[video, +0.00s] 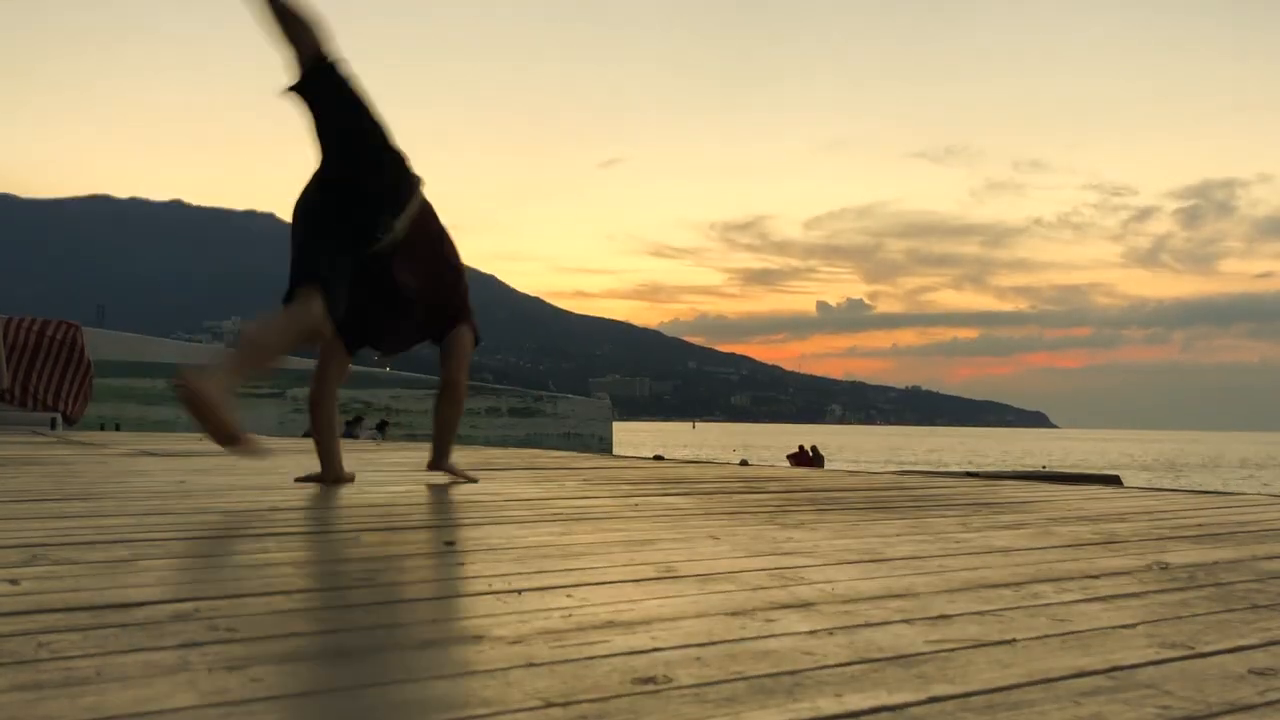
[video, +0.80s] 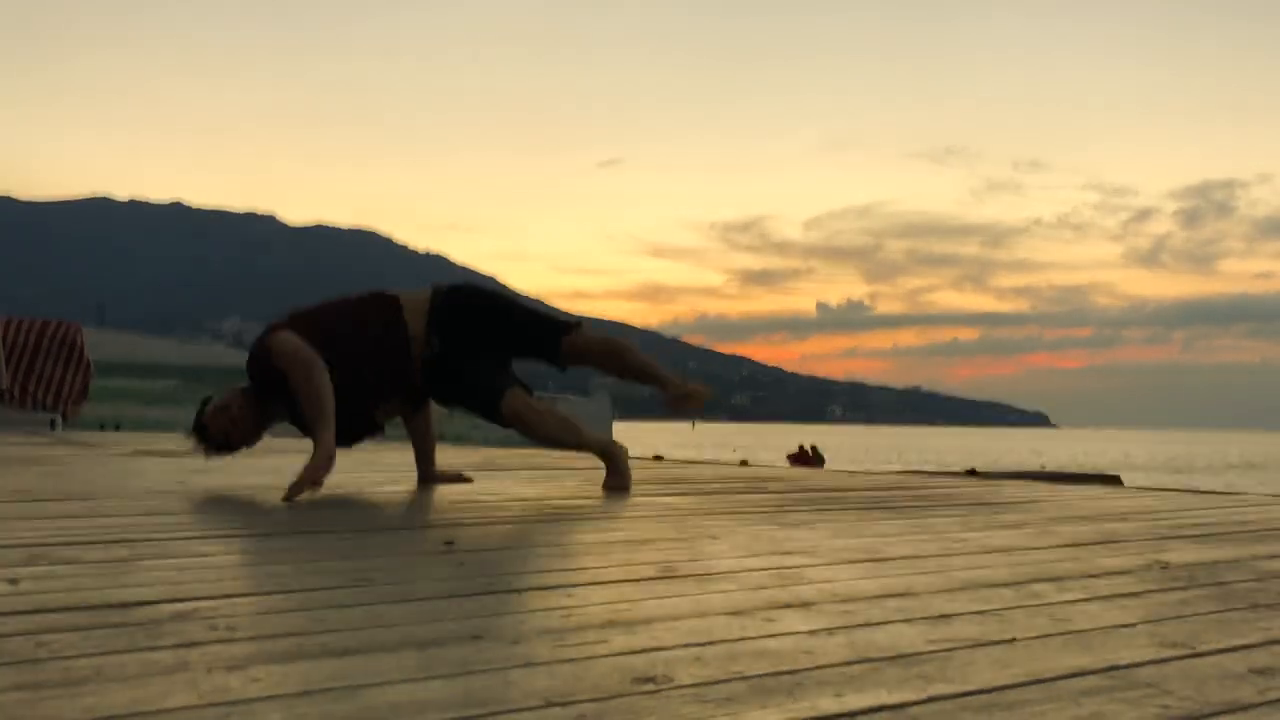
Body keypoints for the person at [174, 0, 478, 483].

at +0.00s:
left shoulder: (360, 313)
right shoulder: (454, 309)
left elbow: (324, 391)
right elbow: (454, 385)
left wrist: (332, 470)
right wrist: (440, 458)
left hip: (324, 213)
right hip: (379, 180)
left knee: (309, 314)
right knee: (315, 58)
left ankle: (214, 382)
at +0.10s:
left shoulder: (334, 327)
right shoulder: (431, 328)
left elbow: (305, 400)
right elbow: (435, 395)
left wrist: (331, 470)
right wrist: (430, 470)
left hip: (345, 225)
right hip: (411, 220)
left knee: (271, 285)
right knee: (415, 84)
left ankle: (136, 231)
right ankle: (400, 9)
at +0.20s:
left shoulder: (314, 351)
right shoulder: (410, 365)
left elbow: (291, 405)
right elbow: (426, 410)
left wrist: (327, 469)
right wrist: (429, 472)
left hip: (359, 243)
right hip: (434, 261)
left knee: (255, 238)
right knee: (490, 156)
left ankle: (206, 101)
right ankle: (517, 79)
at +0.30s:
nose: (298, 426)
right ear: (330, 415)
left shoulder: (291, 373)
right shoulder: (386, 379)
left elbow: (270, 418)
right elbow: (415, 411)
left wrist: (320, 470)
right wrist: (427, 472)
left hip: (384, 275)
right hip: (438, 320)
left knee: (304, 188)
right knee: (530, 237)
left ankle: (375, 77)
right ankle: (595, 186)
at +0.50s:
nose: (248, 453)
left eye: (246, 452)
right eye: (248, 455)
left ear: (243, 429)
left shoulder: (256, 404)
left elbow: (260, 443)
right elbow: (407, 401)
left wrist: (313, 470)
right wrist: (427, 471)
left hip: (406, 371)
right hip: (398, 318)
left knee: (512, 336)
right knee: (525, 231)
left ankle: (591, 405)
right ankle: (637, 259)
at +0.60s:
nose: (234, 432)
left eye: (229, 430)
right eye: (234, 443)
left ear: (235, 406)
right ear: (253, 445)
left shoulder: (253, 372)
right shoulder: (331, 431)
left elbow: (287, 441)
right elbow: (408, 402)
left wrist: (275, 464)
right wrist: (427, 471)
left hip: (418, 314)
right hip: (423, 372)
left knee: (564, 308)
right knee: (513, 385)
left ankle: (674, 339)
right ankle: (599, 457)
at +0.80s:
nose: (226, 432)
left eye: (217, 425)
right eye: (221, 441)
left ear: (223, 397)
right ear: (238, 443)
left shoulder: (269, 352)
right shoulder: (314, 417)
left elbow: (314, 376)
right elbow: (411, 398)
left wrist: (322, 454)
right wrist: (426, 473)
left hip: (446, 311)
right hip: (442, 373)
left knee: (570, 342)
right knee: (523, 414)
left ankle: (671, 385)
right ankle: (607, 450)